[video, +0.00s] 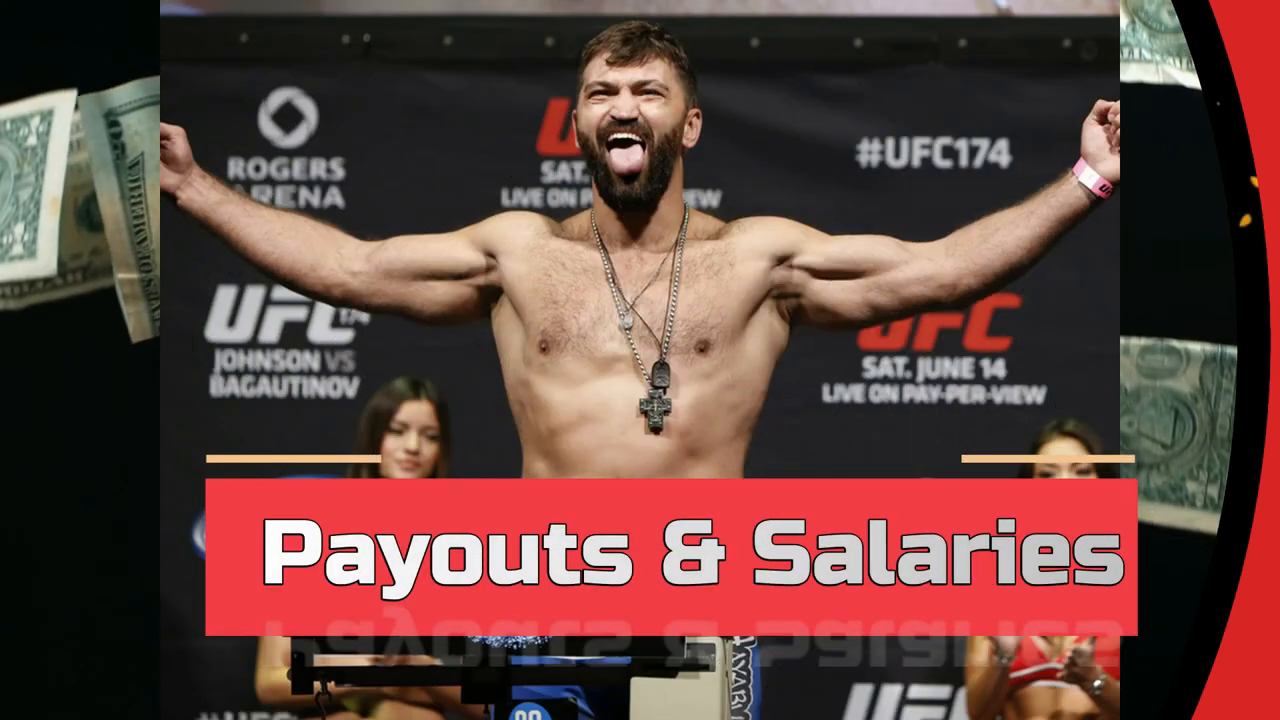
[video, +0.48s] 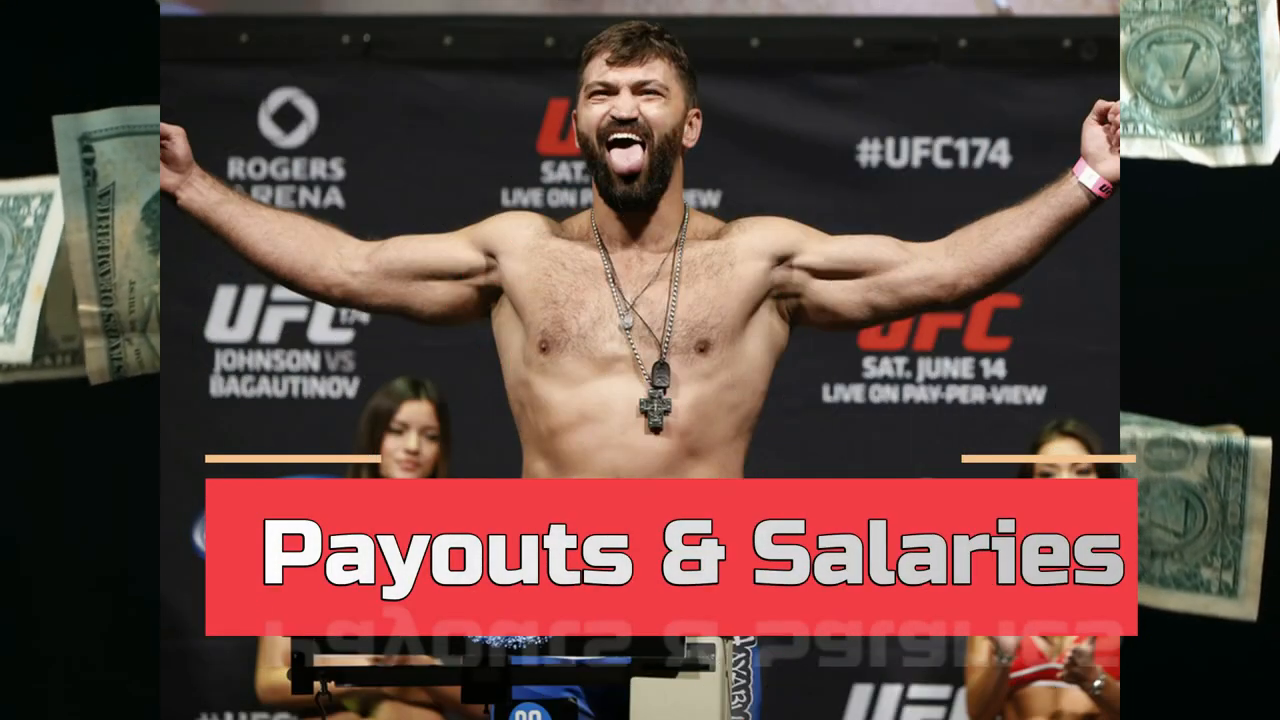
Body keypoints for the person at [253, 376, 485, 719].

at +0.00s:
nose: (413, 447)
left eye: (429, 435)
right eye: (398, 431)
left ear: (442, 449)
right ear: (374, 437)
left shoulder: (466, 526)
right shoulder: (317, 519)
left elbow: (482, 699)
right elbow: (269, 682)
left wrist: (427, 676)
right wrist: (350, 679)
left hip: (423, 707)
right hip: (338, 704)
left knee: (397, 710)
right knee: (342, 716)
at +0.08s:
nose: (412, 447)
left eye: (429, 435)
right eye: (398, 431)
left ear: (442, 449)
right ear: (374, 438)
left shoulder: (466, 526)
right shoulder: (317, 520)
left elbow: (483, 700)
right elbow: (269, 682)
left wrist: (427, 675)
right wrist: (350, 679)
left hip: (423, 707)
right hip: (338, 704)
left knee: (397, 710)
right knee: (342, 716)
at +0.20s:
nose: (412, 447)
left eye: (429, 435)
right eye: (398, 431)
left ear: (442, 449)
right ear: (374, 438)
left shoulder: (466, 526)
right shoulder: (317, 520)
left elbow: (483, 700)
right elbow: (269, 682)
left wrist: (427, 675)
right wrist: (350, 679)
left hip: (423, 707)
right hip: (338, 704)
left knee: (397, 710)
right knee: (342, 716)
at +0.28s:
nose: (413, 447)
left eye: (429, 435)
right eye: (398, 431)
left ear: (442, 449)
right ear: (374, 437)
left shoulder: (466, 526)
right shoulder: (317, 519)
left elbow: (482, 699)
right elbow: (269, 682)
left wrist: (427, 676)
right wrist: (350, 679)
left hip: (423, 707)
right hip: (338, 704)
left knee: (397, 710)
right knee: (342, 716)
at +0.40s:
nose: (412, 447)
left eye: (429, 435)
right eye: (398, 431)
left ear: (442, 449)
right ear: (374, 438)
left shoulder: (465, 526)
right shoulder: (316, 520)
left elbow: (484, 699)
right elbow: (269, 682)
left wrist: (427, 676)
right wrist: (349, 680)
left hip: (423, 708)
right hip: (338, 705)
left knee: (396, 710)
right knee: (342, 716)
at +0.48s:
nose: (412, 447)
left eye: (429, 435)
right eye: (398, 431)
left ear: (442, 449)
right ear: (374, 438)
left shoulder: (465, 526)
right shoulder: (316, 520)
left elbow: (484, 699)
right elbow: (269, 682)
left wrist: (427, 676)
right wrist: (349, 680)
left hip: (423, 708)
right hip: (337, 705)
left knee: (396, 710)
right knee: (342, 716)